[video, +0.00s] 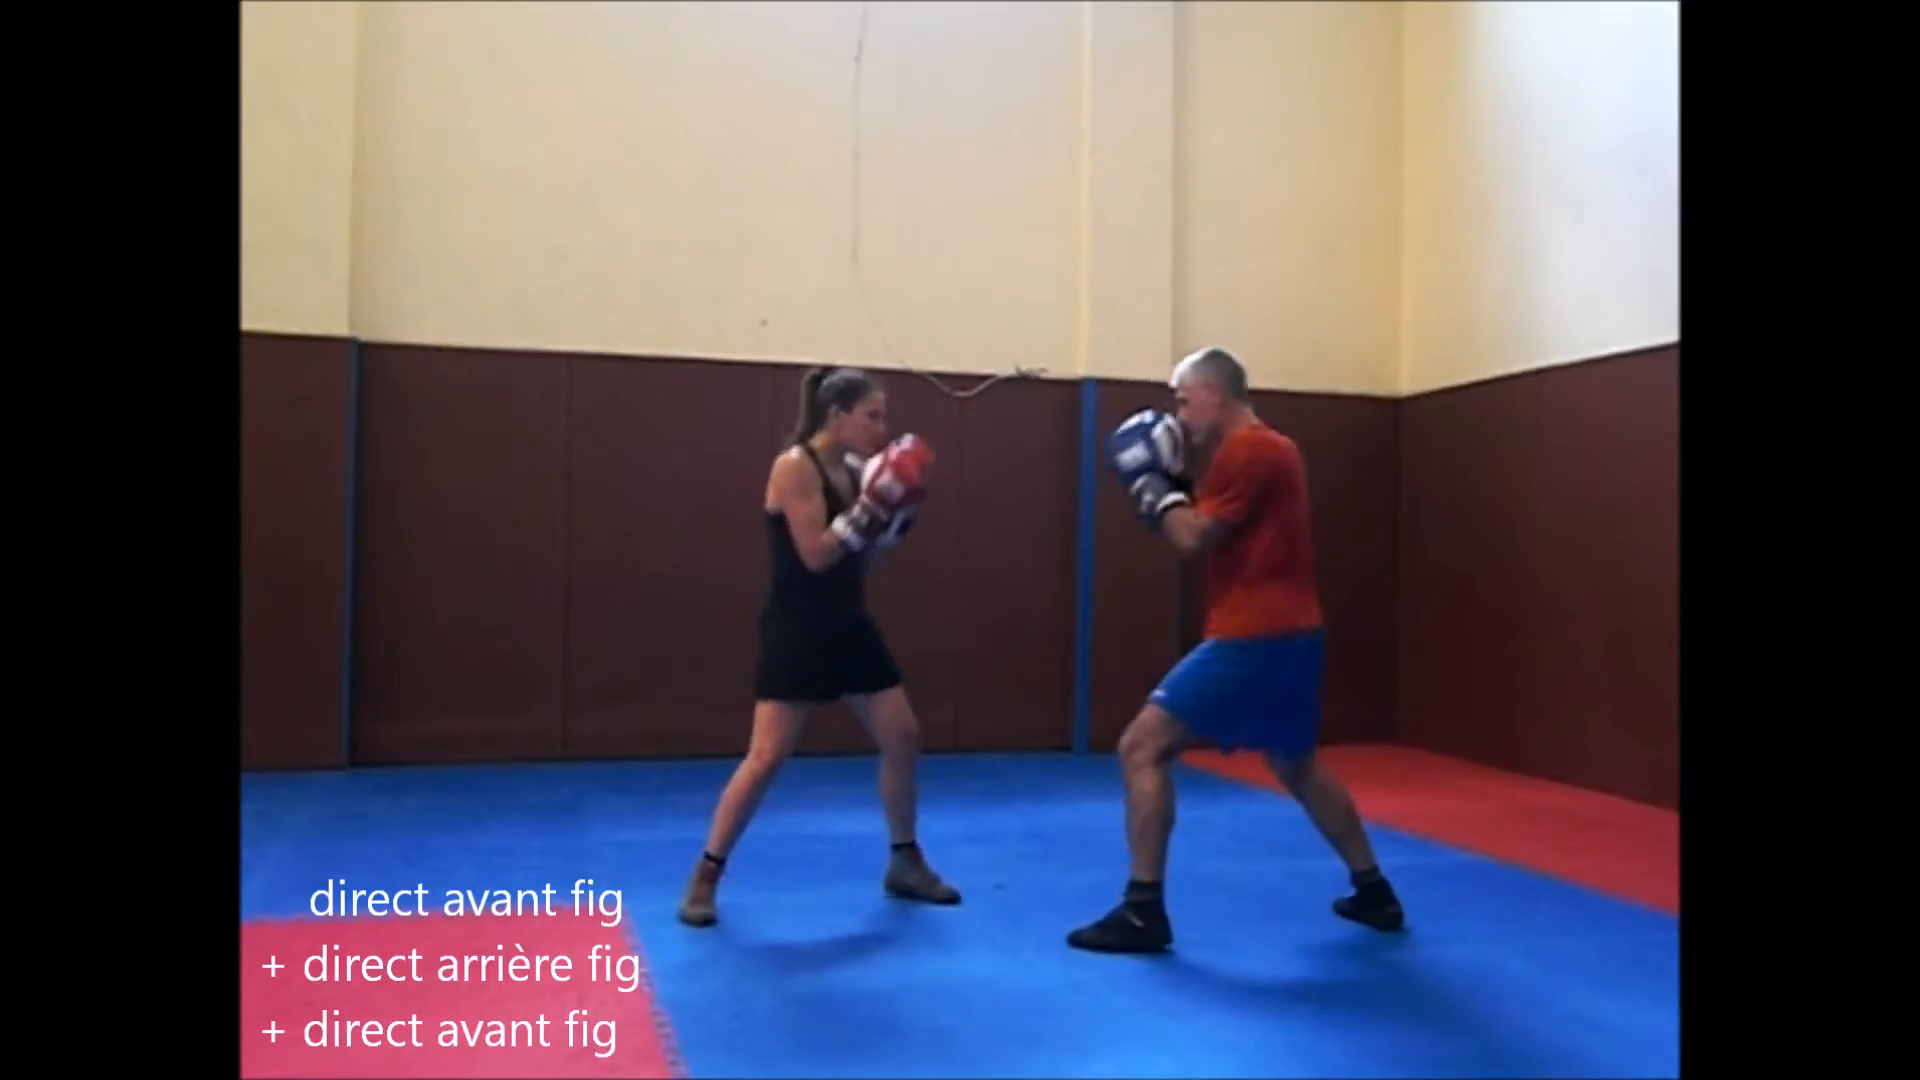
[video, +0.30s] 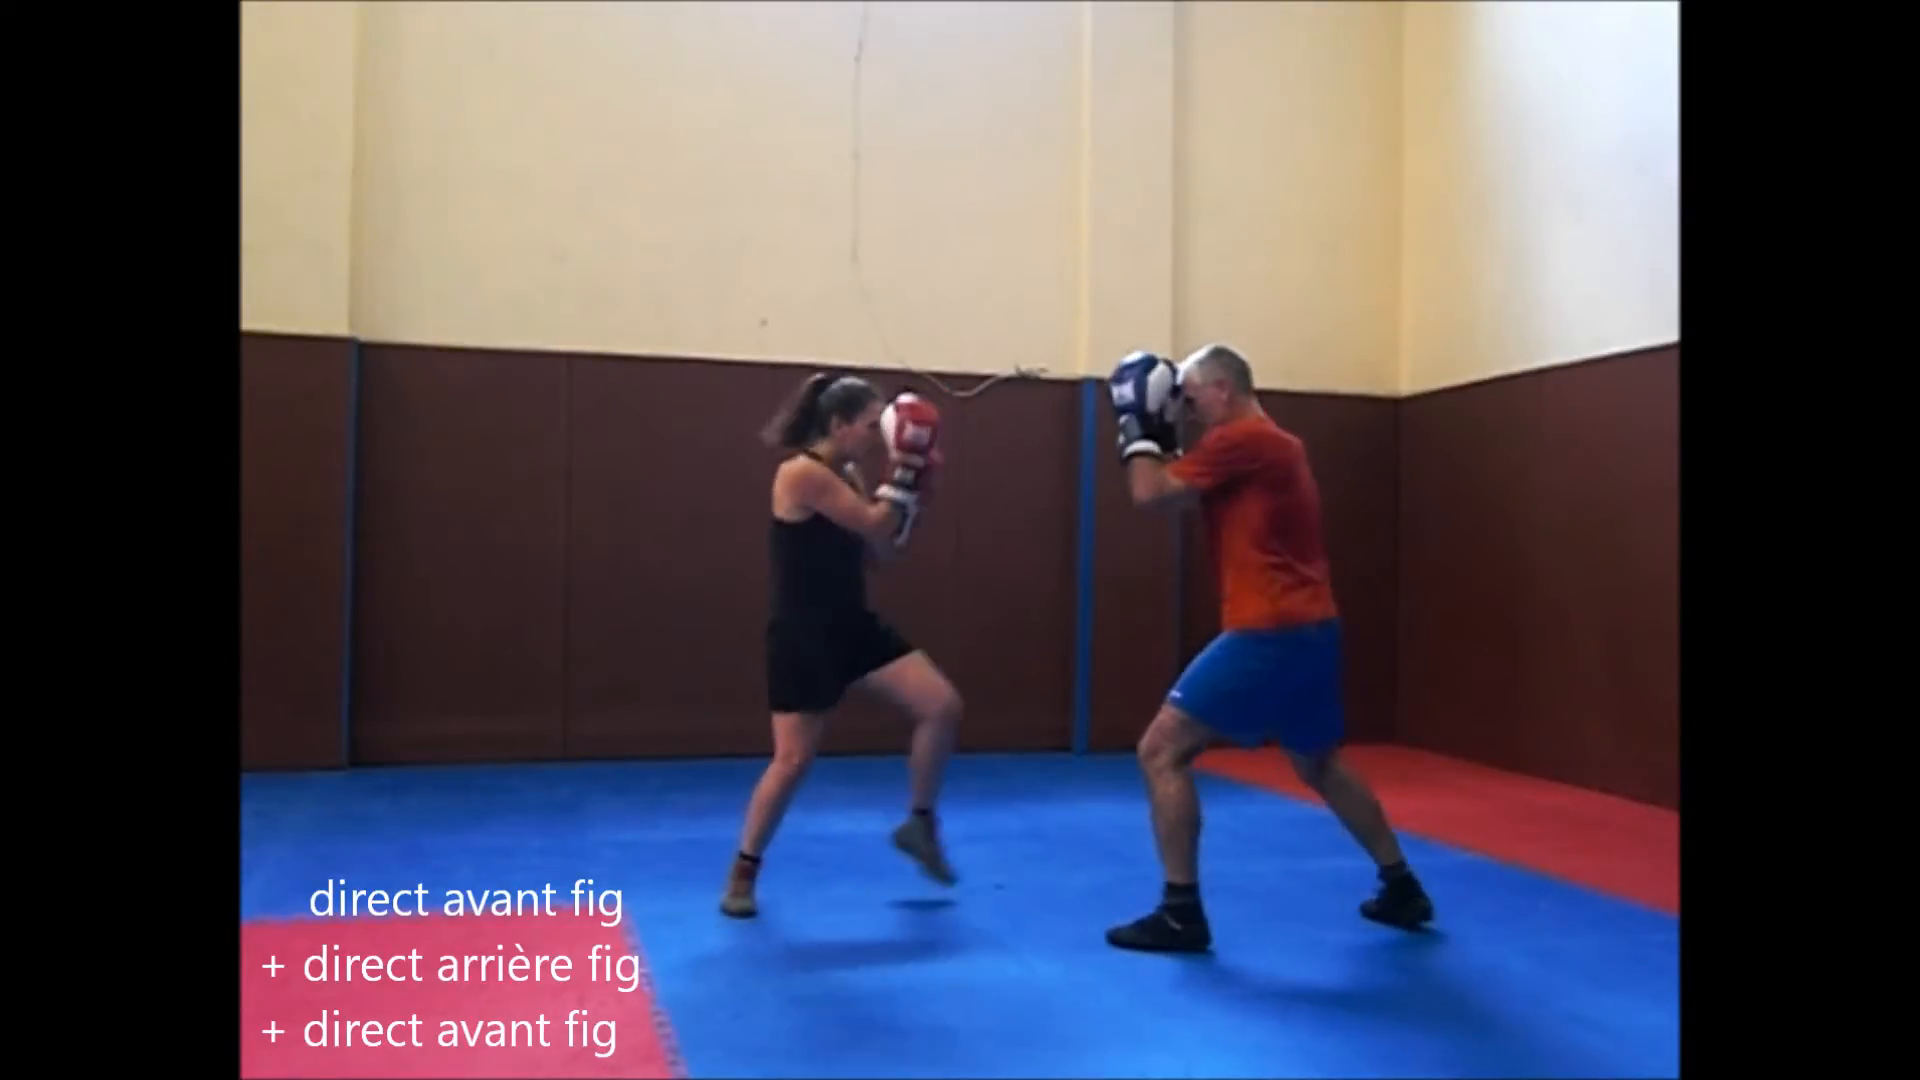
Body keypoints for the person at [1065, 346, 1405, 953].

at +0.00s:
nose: (1179, 414)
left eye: (1185, 400)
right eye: (1177, 402)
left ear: (1221, 397)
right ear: (1226, 399)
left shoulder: (1247, 452)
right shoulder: (1269, 448)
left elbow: (1190, 535)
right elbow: (1206, 522)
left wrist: (1149, 479)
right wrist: (1177, 469)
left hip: (1248, 639)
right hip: (1292, 637)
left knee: (1141, 748)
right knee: (1301, 768)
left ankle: (1143, 911)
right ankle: (1375, 893)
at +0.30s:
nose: (1188, 410)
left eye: (1194, 397)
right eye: (1186, 399)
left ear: (1224, 390)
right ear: (1240, 392)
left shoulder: (1242, 440)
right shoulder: (1280, 443)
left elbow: (1149, 488)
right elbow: (1184, 483)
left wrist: (1136, 427)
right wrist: (1162, 425)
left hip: (1262, 634)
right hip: (1310, 632)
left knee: (1161, 750)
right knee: (1321, 765)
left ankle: (1181, 913)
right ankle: (1403, 888)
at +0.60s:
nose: (1200, 414)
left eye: (1203, 400)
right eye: (1197, 403)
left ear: (1229, 392)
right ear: (1244, 393)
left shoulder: (1256, 443)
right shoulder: (1283, 444)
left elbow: (1165, 495)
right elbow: (1185, 486)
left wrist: (1154, 429)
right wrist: (1167, 425)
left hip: (1269, 636)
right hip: (1312, 633)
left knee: (1169, 751)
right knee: (1328, 770)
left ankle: (1181, 914)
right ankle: (1407, 894)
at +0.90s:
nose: (1217, 415)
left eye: (1218, 402)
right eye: (1214, 404)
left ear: (1243, 393)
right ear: (1258, 393)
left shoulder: (1267, 444)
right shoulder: (1296, 444)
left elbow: (1183, 503)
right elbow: (1202, 491)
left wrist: (1168, 435)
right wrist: (1185, 436)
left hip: (1274, 639)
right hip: (1317, 637)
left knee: (1174, 749)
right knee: (1328, 771)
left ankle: (1181, 912)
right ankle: (1407, 894)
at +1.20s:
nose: (1223, 422)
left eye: (1223, 407)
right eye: (1218, 410)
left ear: (1248, 394)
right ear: (1260, 394)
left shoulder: (1275, 446)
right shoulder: (1295, 446)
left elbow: (1189, 503)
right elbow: (1210, 488)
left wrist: (1169, 435)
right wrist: (1188, 434)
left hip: (1280, 640)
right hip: (1318, 640)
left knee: (1177, 750)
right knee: (1329, 772)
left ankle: (1183, 912)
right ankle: (1407, 894)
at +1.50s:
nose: (1191, 387)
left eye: (1195, 373)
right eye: (1188, 375)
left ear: (1229, 368)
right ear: (1236, 371)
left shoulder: (1250, 426)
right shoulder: (1278, 424)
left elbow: (1205, 514)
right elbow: (1220, 512)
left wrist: (1163, 461)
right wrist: (1175, 476)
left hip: (1257, 619)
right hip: (1301, 615)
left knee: (1186, 750)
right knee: (1308, 754)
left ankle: (1184, 913)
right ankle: (1366, 889)